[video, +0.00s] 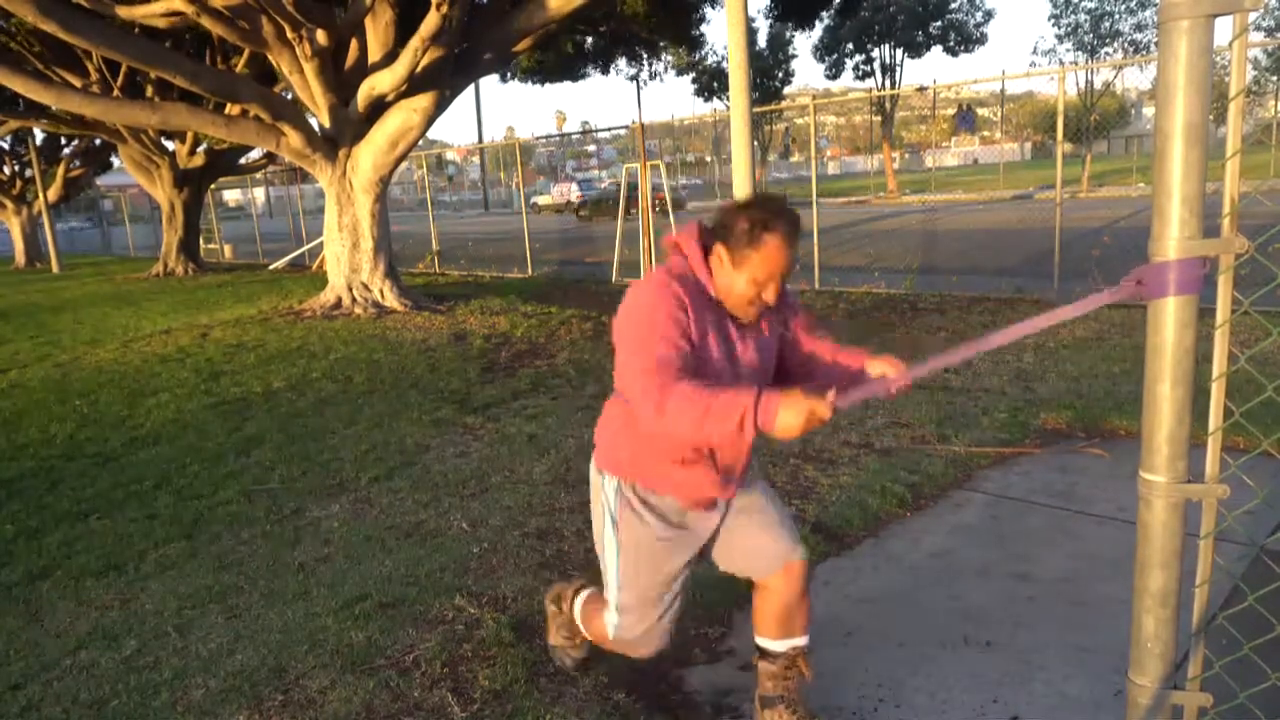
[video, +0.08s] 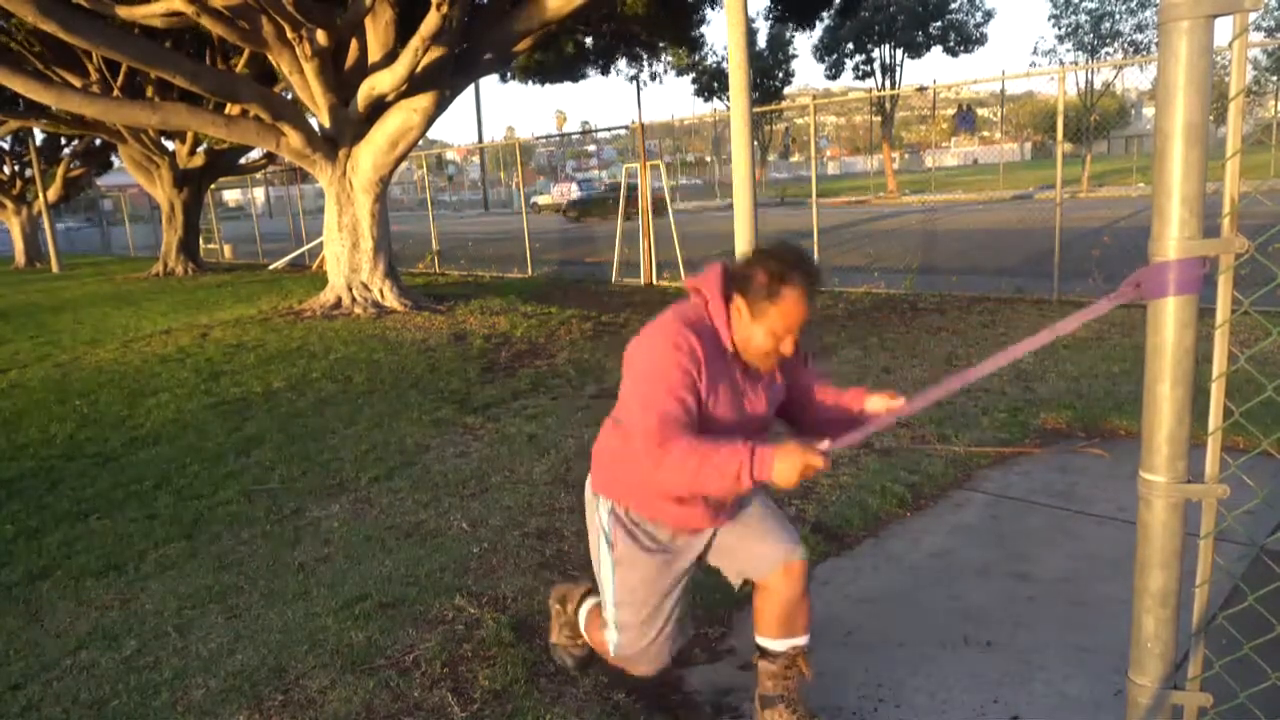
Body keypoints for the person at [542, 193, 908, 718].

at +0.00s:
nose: (772, 297)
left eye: (780, 283)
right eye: (760, 284)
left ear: (788, 269)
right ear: (719, 262)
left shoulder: (771, 305)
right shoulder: (655, 302)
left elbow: (804, 355)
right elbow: (660, 403)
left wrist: (863, 368)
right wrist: (761, 410)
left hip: (725, 476)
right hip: (643, 483)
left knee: (785, 566)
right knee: (639, 637)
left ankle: (779, 699)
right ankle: (571, 608)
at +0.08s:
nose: (790, 349)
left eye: (797, 334)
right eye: (779, 333)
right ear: (738, 311)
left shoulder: (773, 347)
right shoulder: (667, 346)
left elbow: (802, 409)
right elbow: (660, 456)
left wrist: (860, 407)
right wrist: (762, 462)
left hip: (722, 494)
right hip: (639, 505)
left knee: (785, 564)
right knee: (643, 658)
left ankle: (778, 699)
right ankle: (575, 612)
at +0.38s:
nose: (790, 437)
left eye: (798, 423)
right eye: (780, 423)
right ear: (738, 405)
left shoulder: (773, 418)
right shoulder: (667, 428)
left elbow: (805, 467)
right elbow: (658, 538)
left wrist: (863, 470)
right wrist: (754, 525)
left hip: (719, 530)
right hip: (638, 550)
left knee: (777, 571)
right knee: (653, 691)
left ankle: (778, 700)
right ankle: (585, 619)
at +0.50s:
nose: (772, 367)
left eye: (776, 352)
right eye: (759, 354)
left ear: (781, 341)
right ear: (714, 342)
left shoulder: (770, 375)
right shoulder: (650, 382)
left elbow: (803, 433)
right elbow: (637, 487)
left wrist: (855, 443)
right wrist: (739, 471)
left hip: (720, 507)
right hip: (637, 527)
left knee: (778, 568)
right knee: (642, 667)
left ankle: (779, 696)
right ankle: (580, 614)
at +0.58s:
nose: (750, 299)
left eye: (753, 284)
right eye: (737, 287)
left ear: (757, 277)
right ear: (691, 281)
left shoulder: (750, 322)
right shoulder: (636, 332)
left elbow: (783, 379)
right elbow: (638, 431)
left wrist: (847, 392)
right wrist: (738, 418)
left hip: (721, 481)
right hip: (635, 498)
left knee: (779, 566)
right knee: (631, 640)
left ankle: (780, 697)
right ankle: (574, 610)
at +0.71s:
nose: (721, 208)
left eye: (725, 193)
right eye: (708, 193)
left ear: (725, 190)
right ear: (664, 188)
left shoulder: (722, 244)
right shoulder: (615, 247)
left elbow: (764, 294)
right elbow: (645, 333)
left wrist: (832, 312)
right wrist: (754, 335)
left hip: (698, 425)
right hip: (613, 431)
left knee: (736, 542)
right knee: (635, 573)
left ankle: (767, 677)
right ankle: (597, 613)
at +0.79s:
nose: (706, 178)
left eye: (708, 165)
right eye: (692, 166)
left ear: (704, 162)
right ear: (643, 164)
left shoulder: (703, 214)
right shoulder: (607, 216)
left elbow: (765, 252)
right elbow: (670, 275)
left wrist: (831, 274)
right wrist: (775, 295)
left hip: (677, 404)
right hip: (601, 409)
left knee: (716, 520)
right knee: (655, 541)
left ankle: (702, 633)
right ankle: (651, 653)